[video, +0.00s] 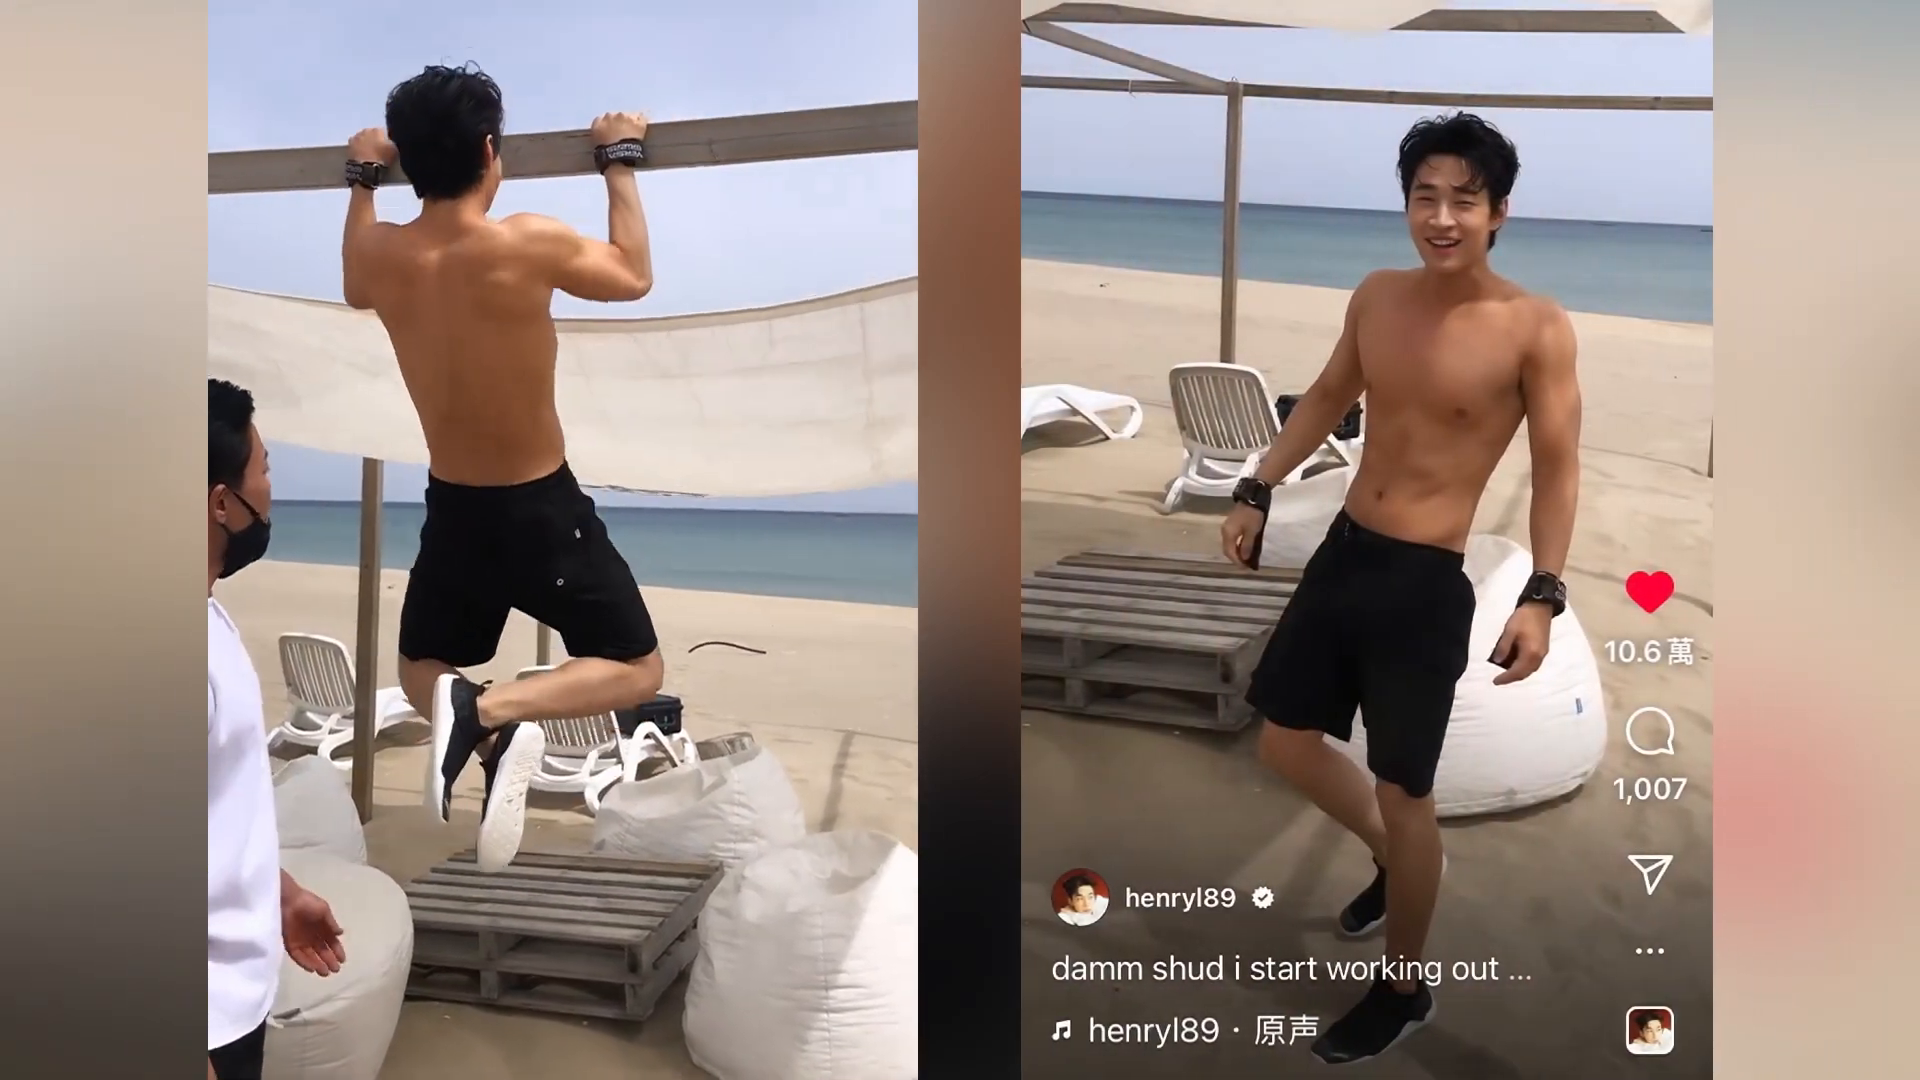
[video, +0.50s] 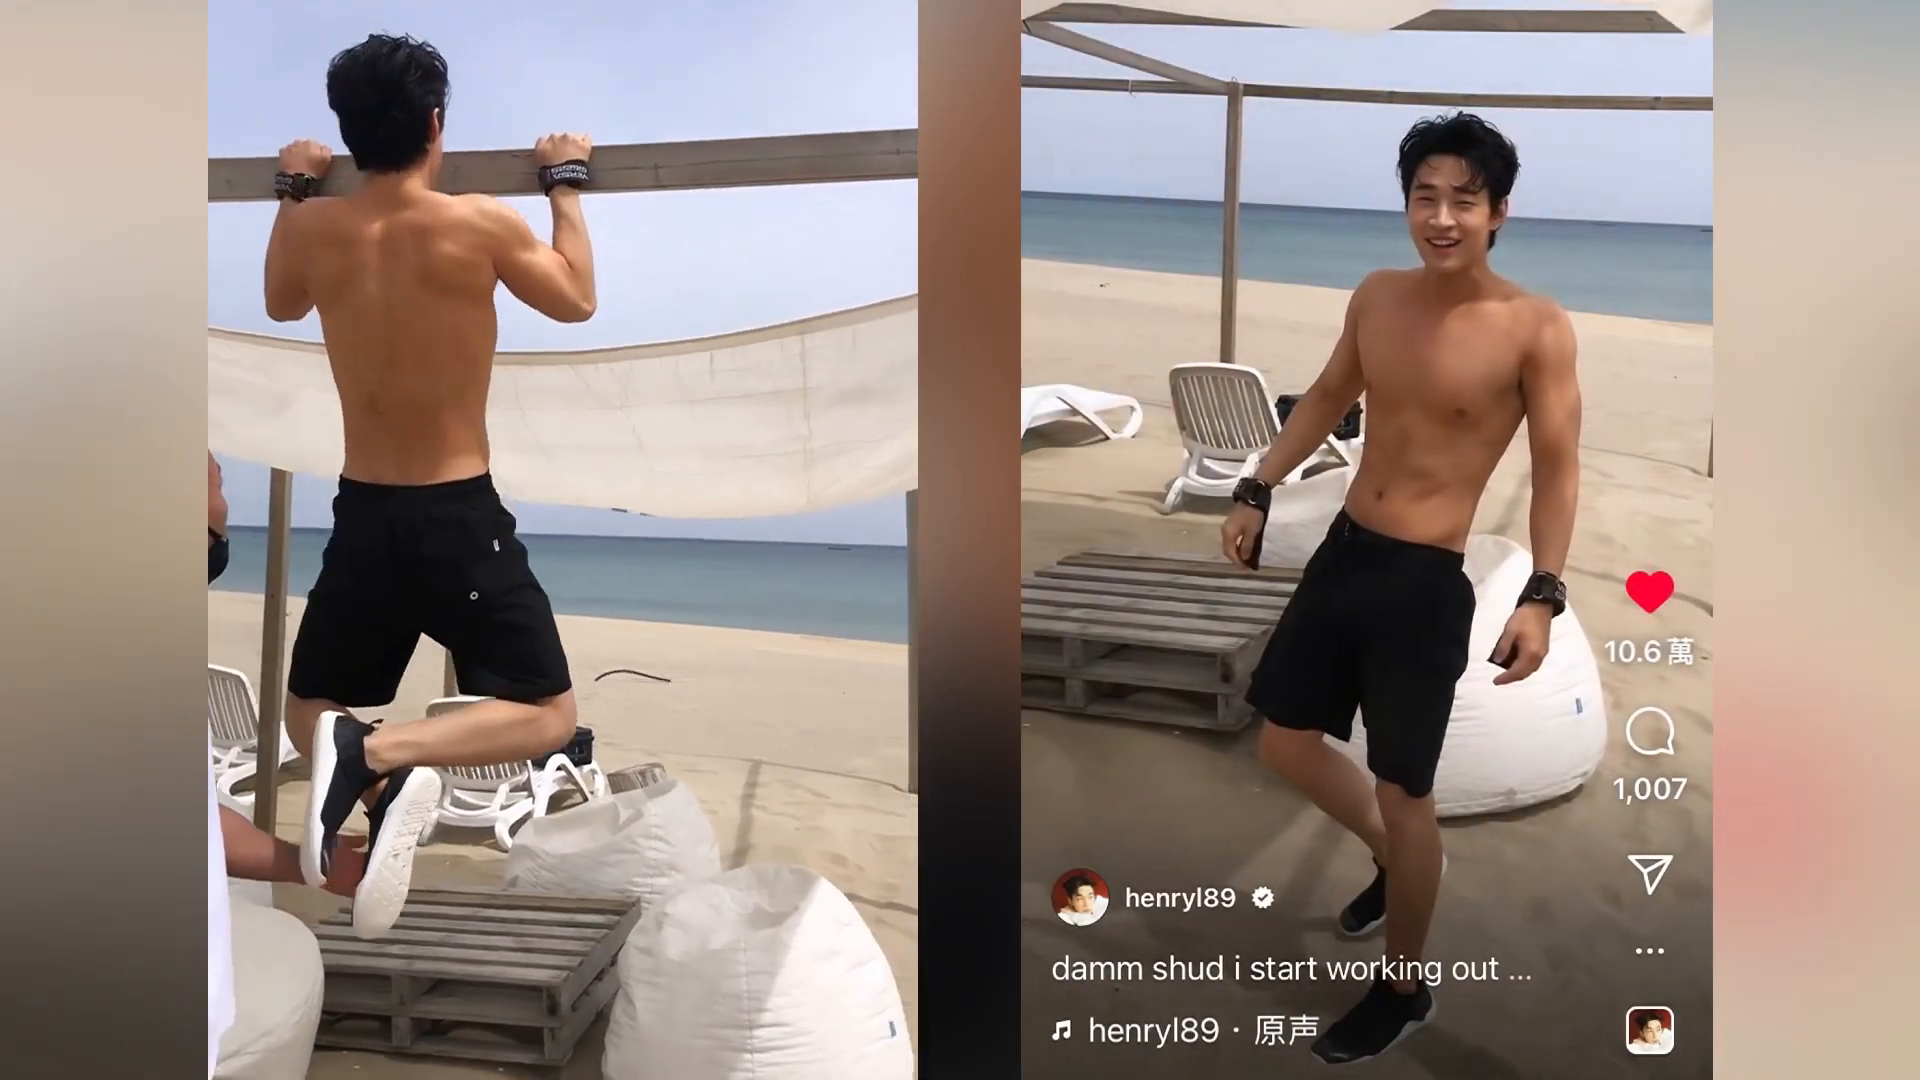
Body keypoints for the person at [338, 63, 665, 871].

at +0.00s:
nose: (501, 150)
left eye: (496, 139)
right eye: (496, 139)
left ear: (405, 165)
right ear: (489, 153)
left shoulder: (383, 254)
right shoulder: (528, 243)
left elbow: (357, 285)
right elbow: (632, 274)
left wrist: (361, 178)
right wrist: (619, 163)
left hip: (454, 512)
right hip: (542, 508)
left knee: (423, 675)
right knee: (639, 673)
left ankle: (498, 749)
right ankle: (483, 707)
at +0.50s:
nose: (445, 123)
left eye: (437, 111)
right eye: (443, 111)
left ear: (345, 133)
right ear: (434, 125)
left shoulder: (313, 228)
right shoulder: (481, 224)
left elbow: (282, 302)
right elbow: (575, 297)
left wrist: (294, 194)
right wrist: (568, 184)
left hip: (364, 517)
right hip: (462, 518)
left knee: (310, 709)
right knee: (551, 714)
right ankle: (376, 752)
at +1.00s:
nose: (453, 308)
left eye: (442, 294)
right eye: (450, 296)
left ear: (358, 325)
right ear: (440, 316)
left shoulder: (339, 403)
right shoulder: (489, 395)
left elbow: (307, 324)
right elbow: (581, 332)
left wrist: (302, 224)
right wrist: (575, 217)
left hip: (382, 663)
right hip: (472, 670)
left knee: (314, 834)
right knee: (536, 869)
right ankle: (372, 896)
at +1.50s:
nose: (524, 319)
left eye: (514, 306)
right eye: (521, 307)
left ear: (430, 331)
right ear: (512, 325)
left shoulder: (411, 414)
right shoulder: (559, 408)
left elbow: (376, 336)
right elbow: (648, 342)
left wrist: (370, 235)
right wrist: (641, 226)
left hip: (468, 670)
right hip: (558, 673)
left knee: (417, 830)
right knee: (620, 853)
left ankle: (487, 924)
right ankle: (472, 892)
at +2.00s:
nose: (558, 153)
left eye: (550, 141)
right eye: (557, 142)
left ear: (458, 162)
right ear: (546, 155)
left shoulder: (421, 256)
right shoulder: (586, 252)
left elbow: (391, 327)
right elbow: (684, 319)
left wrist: (396, 215)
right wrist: (674, 205)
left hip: (481, 548)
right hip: (577, 543)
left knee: (456, 718)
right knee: (671, 708)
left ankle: (558, 848)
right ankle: (539, 808)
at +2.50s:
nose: (577, 203)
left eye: (570, 191)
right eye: (577, 191)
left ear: (479, 216)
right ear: (568, 206)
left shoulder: (451, 308)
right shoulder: (611, 302)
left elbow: (414, 311)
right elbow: (715, 314)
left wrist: (423, 210)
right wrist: (701, 201)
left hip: (490, 587)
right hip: (586, 592)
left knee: (441, 772)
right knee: (652, 804)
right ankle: (497, 815)